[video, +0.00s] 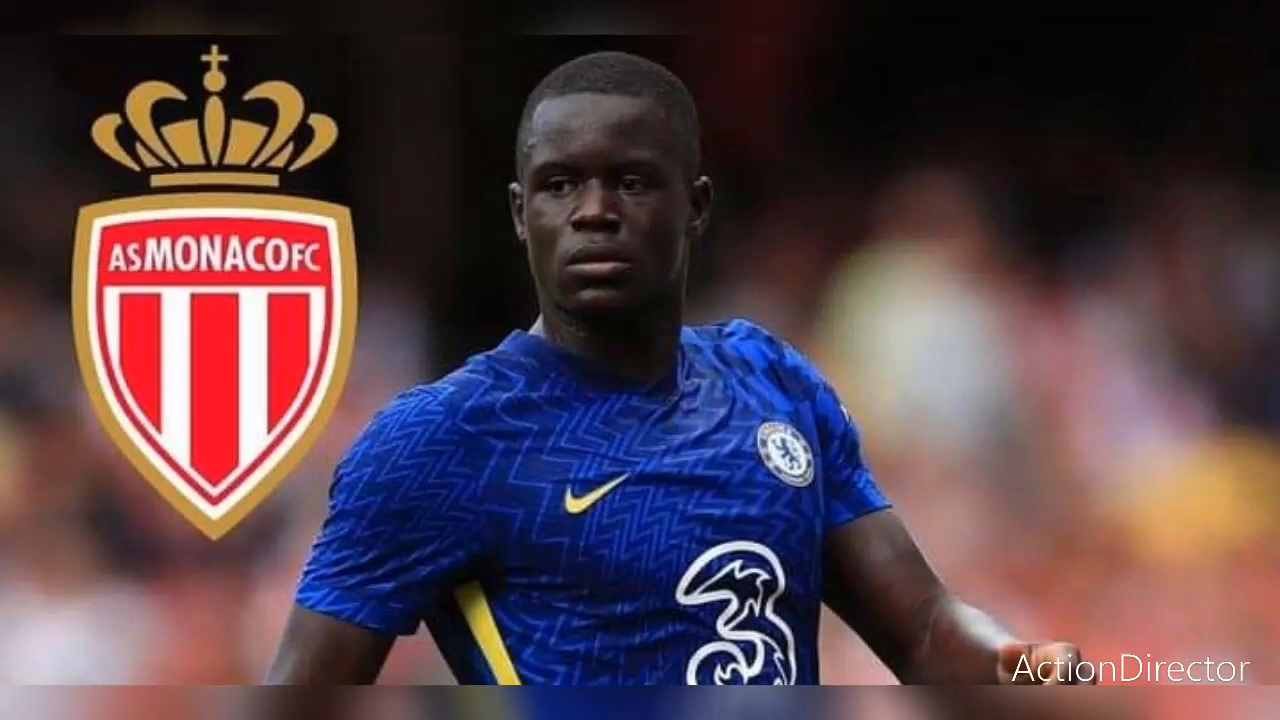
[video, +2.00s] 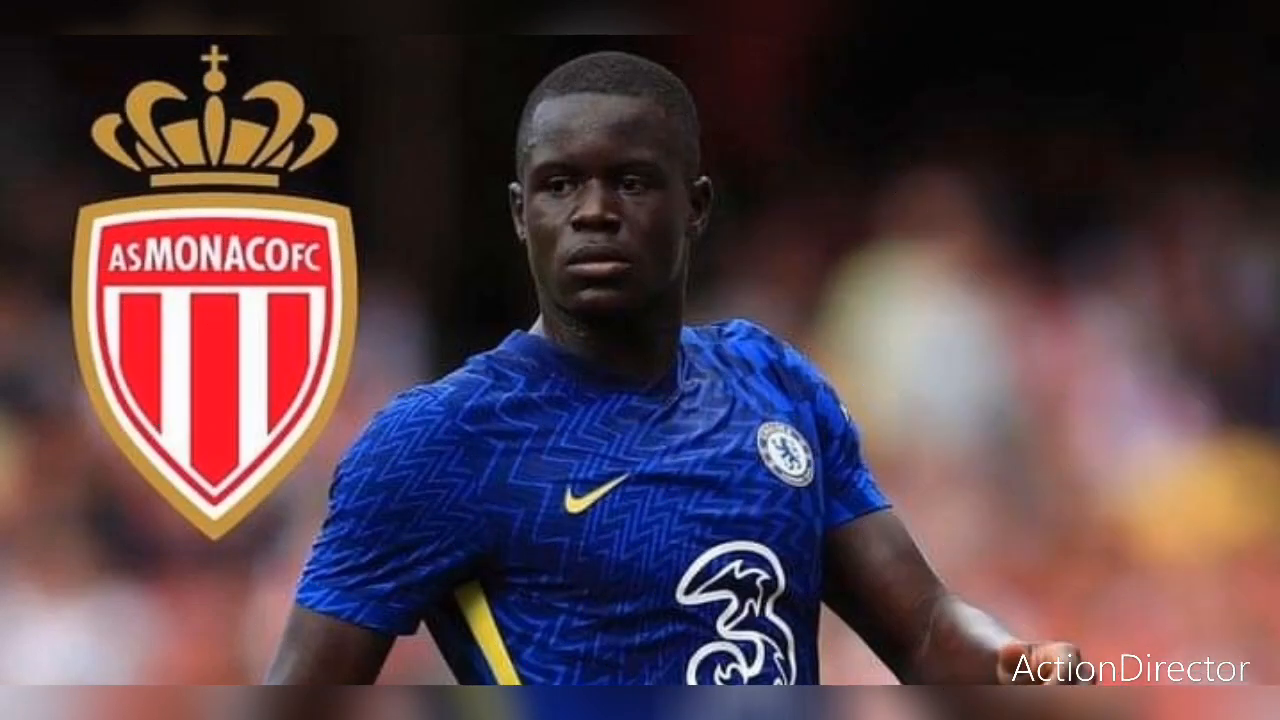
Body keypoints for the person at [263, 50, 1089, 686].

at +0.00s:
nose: (595, 209)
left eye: (633, 178)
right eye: (560, 181)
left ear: (697, 207)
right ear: (523, 215)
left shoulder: (770, 385)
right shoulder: (433, 445)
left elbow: (920, 626)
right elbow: (301, 691)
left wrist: (1018, 675)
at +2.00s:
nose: (595, 210)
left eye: (633, 178)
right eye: (560, 181)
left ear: (697, 209)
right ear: (522, 216)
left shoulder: (770, 385)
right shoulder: (433, 444)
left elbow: (921, 626)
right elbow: (301, 691)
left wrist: (1021, 675)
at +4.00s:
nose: (600, 209)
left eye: (636, 177)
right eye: (562, 180)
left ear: (698, 206)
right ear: (521, 213)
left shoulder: (773, 388)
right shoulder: (431, 444)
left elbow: (920, 625)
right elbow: (301, 691)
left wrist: (1019, 673)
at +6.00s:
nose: (596, 210)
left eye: (633, 178)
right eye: (560, 181)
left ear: (696, 207)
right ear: (522, 215)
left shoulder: (770, 385)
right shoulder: (434, 444)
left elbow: (921, 625)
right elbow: (301, 691)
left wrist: (1017, 673)